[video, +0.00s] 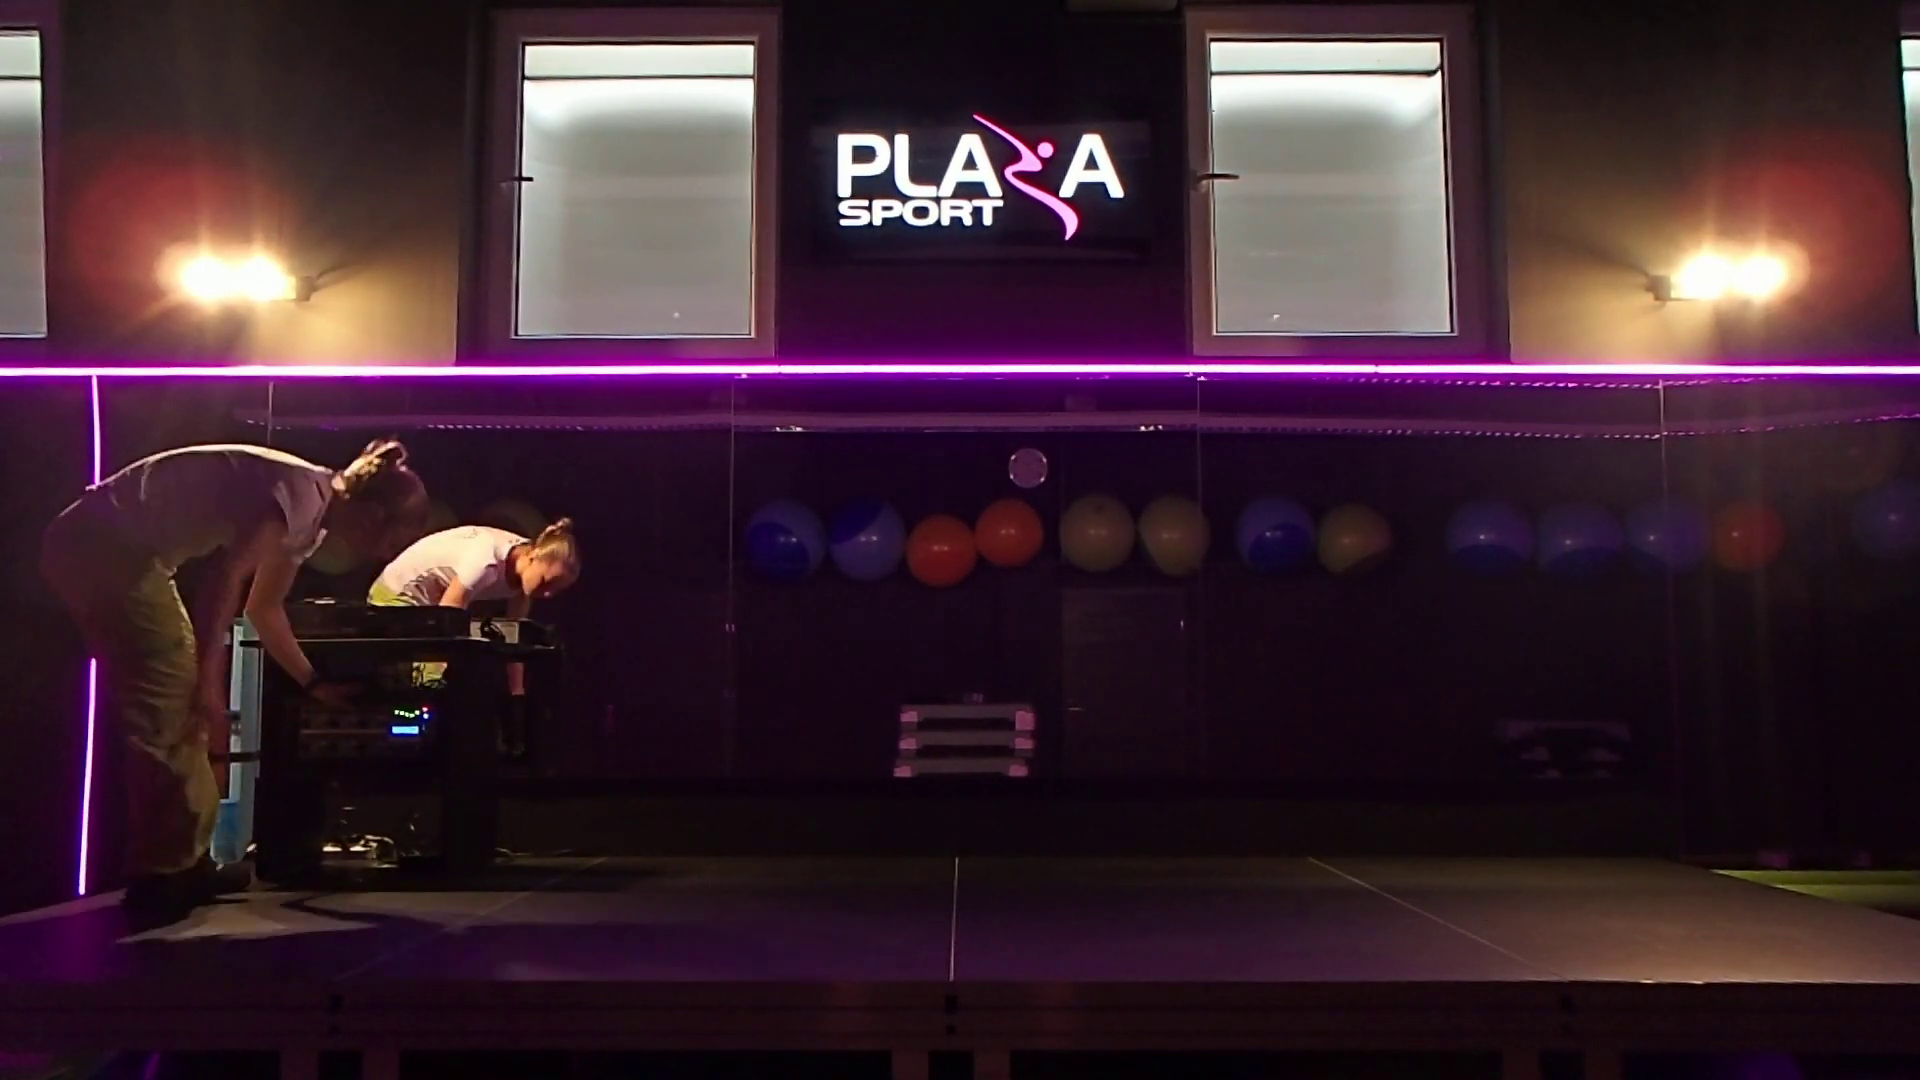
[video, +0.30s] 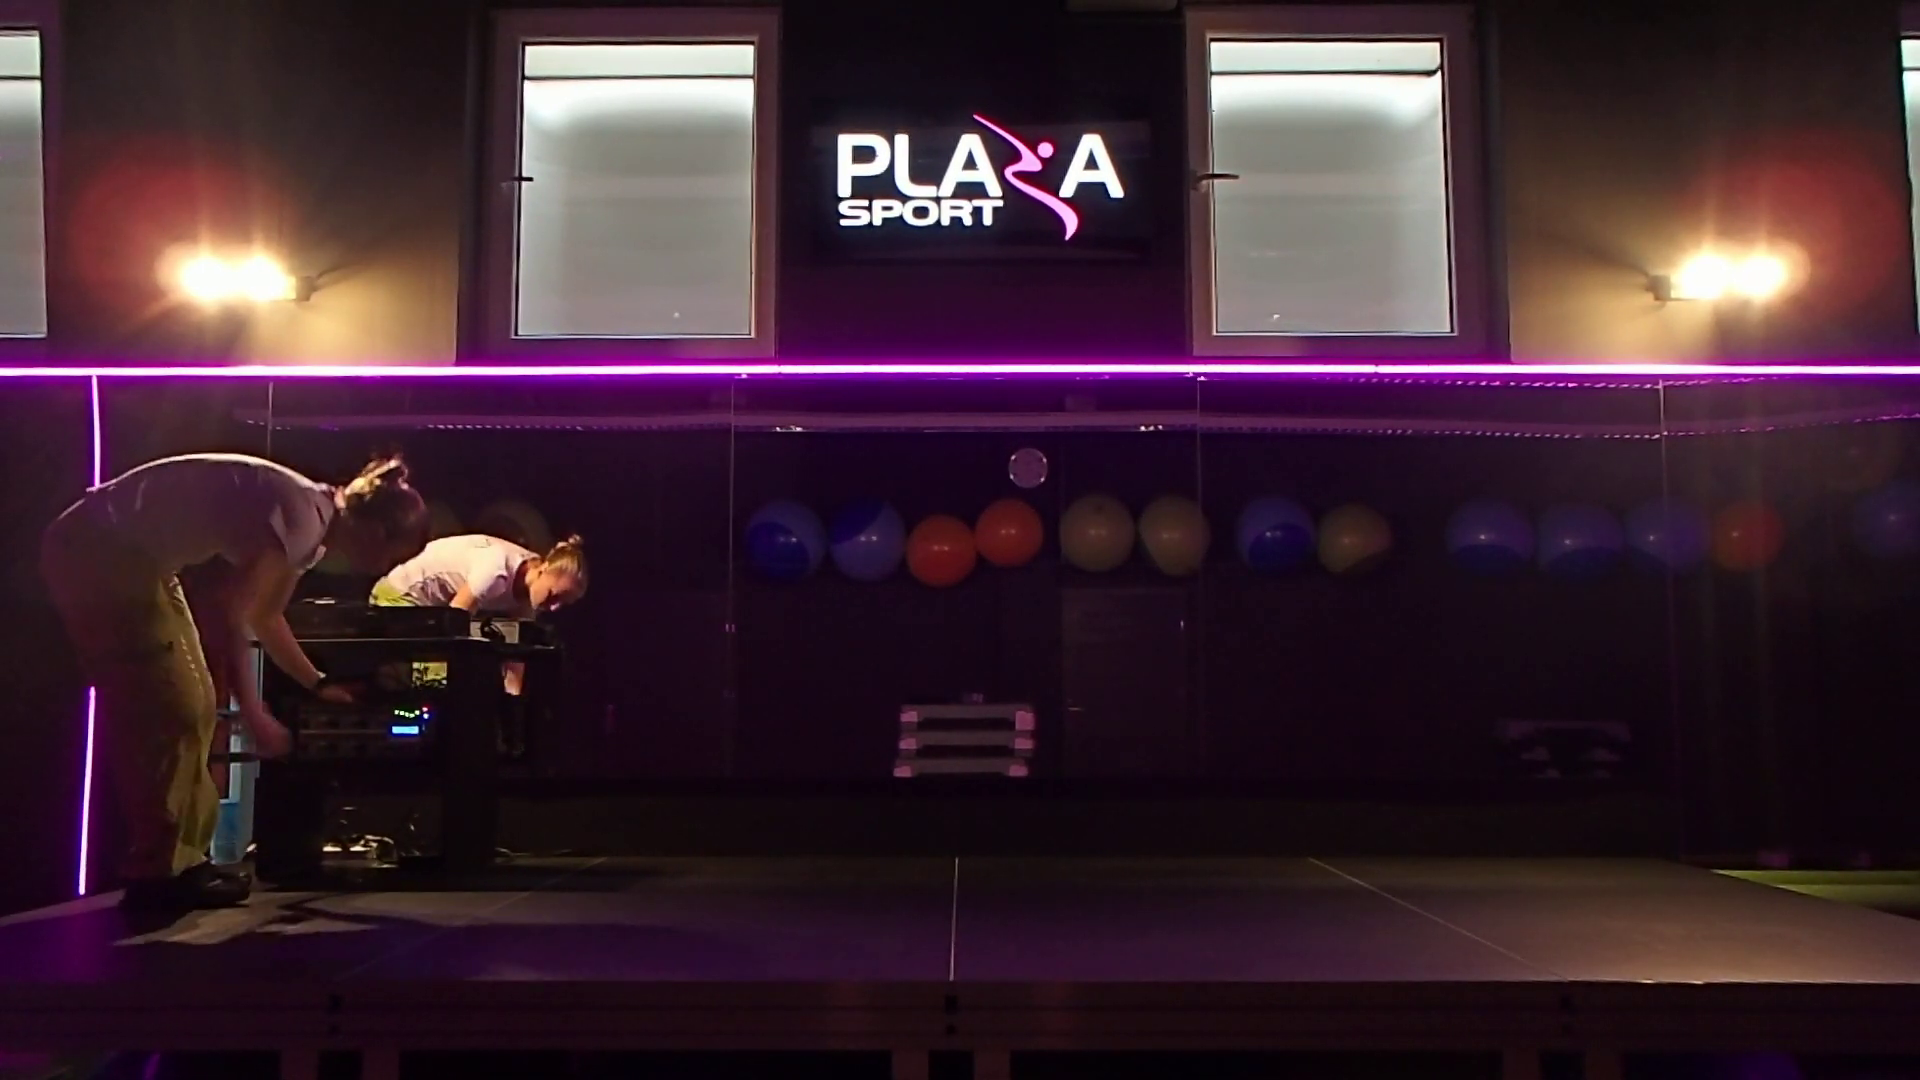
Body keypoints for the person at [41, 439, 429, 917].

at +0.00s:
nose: (388, 553)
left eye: (396, 544)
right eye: (394, 540)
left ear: (369, 508)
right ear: (377, 515)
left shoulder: (305, 522)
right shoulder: (299, 496)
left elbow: (265, 607)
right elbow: (225, 577)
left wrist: (311, 681)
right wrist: (206, 680)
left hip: (134, 552)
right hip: (106, 547)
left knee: (181, 697)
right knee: (162, 698)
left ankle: (189, 863)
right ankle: (161, 874)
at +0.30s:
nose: (382, 567)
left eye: (391, 561)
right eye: (389, 557)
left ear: (369, 516)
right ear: (377, 527)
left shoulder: (311, 526)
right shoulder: (299, 516)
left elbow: (266, 615)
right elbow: (237, 612)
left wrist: (316, 684)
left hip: (145, 560)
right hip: (105, 553)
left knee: (197, 708)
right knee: (172, 712)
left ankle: (187, 863)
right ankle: (156, 875)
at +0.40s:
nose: (378, 589)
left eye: (387, 582)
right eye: (385, 578)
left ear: (365, 541)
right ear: (372, 549)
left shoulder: (307, 529)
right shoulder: (306, 538)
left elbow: (260, 627)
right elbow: (271, 649)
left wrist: (315, 688)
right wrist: (311, 731)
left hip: (139, 557)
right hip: (104, 550)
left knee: (191, 701)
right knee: (172, 703)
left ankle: (182, 865)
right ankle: (163, 874)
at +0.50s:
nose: (380, 602)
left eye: (392, 596)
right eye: (389, 591)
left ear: (372, 554)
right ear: (374, 562)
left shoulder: (301, 539)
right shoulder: (317, 555)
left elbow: (254, 627)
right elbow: (314, 672)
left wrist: (309, 687)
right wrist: (361, 727)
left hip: (111, 547)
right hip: (108, 550)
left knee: (181, 696)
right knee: (182, 697)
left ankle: (177, 868)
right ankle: (168, 874)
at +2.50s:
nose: (376, 610)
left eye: (388, 607)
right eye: (386, 601)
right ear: (377, 570)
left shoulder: (302, 539)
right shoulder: (333, 550)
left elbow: (254, 626)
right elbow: (327, 669)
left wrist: (310, 686)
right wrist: (384, 727)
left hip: (107, 543)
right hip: (125, 548)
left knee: (178, 697)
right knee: (192, 698)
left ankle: (169, 865)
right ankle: (170, 869)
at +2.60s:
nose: (379, 608)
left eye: (390, 604)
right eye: (387, 598)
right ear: (376, 567)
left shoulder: (307, 536)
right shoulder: (330, 549)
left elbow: (255, 627)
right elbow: (309, 665)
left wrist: (320, 692)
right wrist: (356, 745)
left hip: (136, 551)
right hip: (121, 549)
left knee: (202, 707)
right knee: (171, 708)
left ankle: (181, 864)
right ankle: (165, 871)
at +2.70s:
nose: (377, 605)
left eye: (388, 600)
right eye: (385, 595)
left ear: (371, 555)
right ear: (374, 563)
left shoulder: (309, 529)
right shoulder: (324, 546)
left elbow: (254, 627)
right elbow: (283, 659)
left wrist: (311, 687)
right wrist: (310, 760)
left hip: (116, 551)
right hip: (118, 554)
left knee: (181, 698)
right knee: (187, 701)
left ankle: (175, 866)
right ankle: (168, 872)